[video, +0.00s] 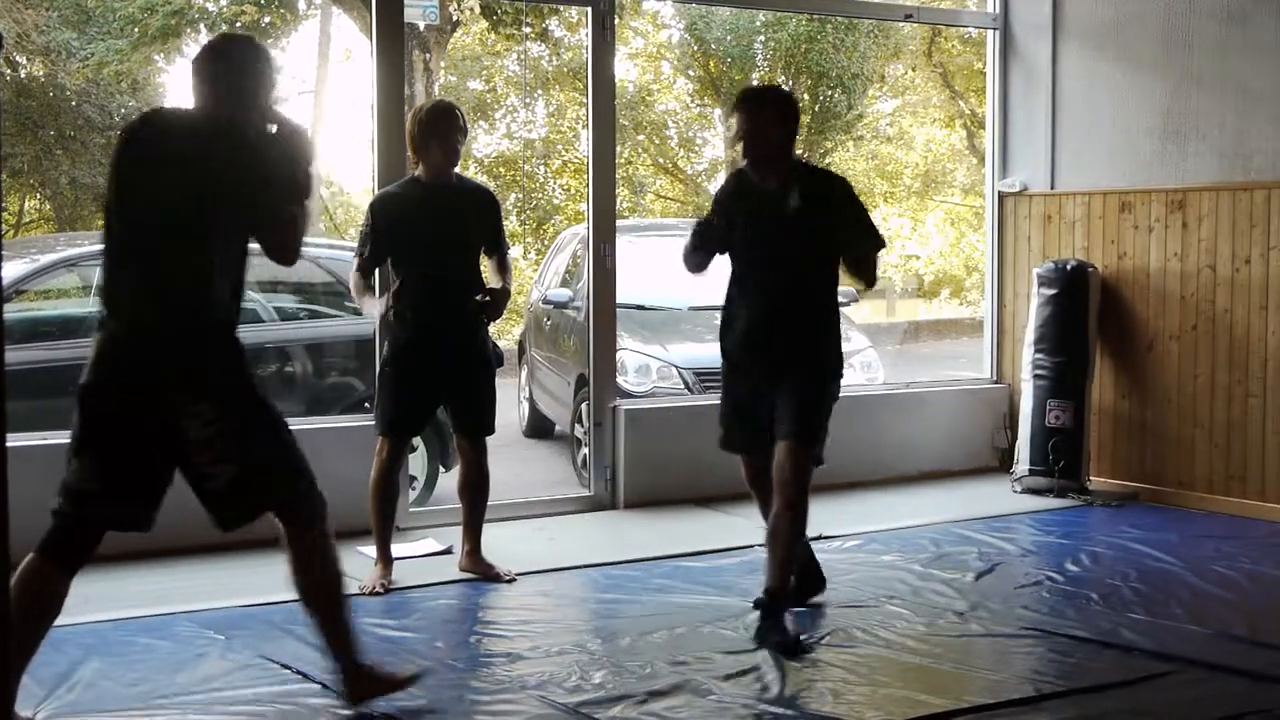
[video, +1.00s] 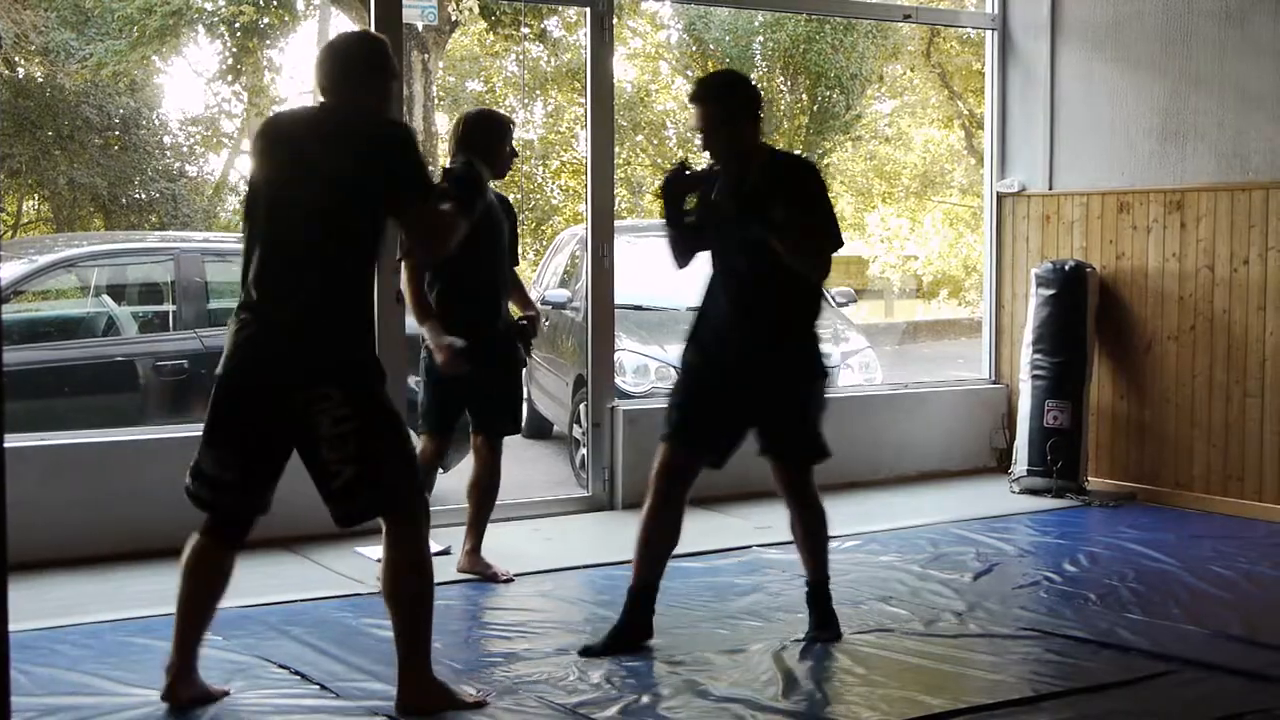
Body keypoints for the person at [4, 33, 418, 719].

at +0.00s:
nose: (271, 99)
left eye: (269, 87)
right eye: (267, 86)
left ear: (197, 82)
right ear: (249, 88)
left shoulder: (142, 132)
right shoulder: (250, 148)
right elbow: (284, 245)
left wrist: (248, 142)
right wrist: (297, 157)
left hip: (120, 362)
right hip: (204, 364)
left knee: (65, 543)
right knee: (301, 506)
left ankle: (4, 698)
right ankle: (351, 669)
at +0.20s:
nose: (324, 114)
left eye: (322, 101)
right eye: (322, 103)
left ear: (265, 96)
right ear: (308, 103)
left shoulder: (207, 152)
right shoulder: (303, 166)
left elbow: (178, 229)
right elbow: (353, 264)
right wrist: (381, 204)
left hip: (182, 376)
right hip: (261, 379)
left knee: (108, 538)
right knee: (363, 521)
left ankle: (14, 683)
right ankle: (398, 689)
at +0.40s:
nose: (397, 116)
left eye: (396, 105)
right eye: (396, 104)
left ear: (322, 94)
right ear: (381, 103)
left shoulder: (258, 140)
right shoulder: (384, 168)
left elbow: (229, 221)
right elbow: (414, 271)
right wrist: (447, 224)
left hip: (227, 361)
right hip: (314, 369)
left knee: (192, 509)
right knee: (385, 519)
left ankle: (106, 646)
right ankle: (401, 689)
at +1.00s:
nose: (397, 95)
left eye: (395, 82)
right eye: (394, 82)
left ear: (326, 79)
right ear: (380, 82)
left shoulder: (272, 131)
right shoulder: (386, 138)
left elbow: (266, 235)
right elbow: (432, 238)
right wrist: (464, 196)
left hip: (255, 353)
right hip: (336, 356)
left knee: (223, 520)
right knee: (405, 509)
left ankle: (181, 675)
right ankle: (417, 683)